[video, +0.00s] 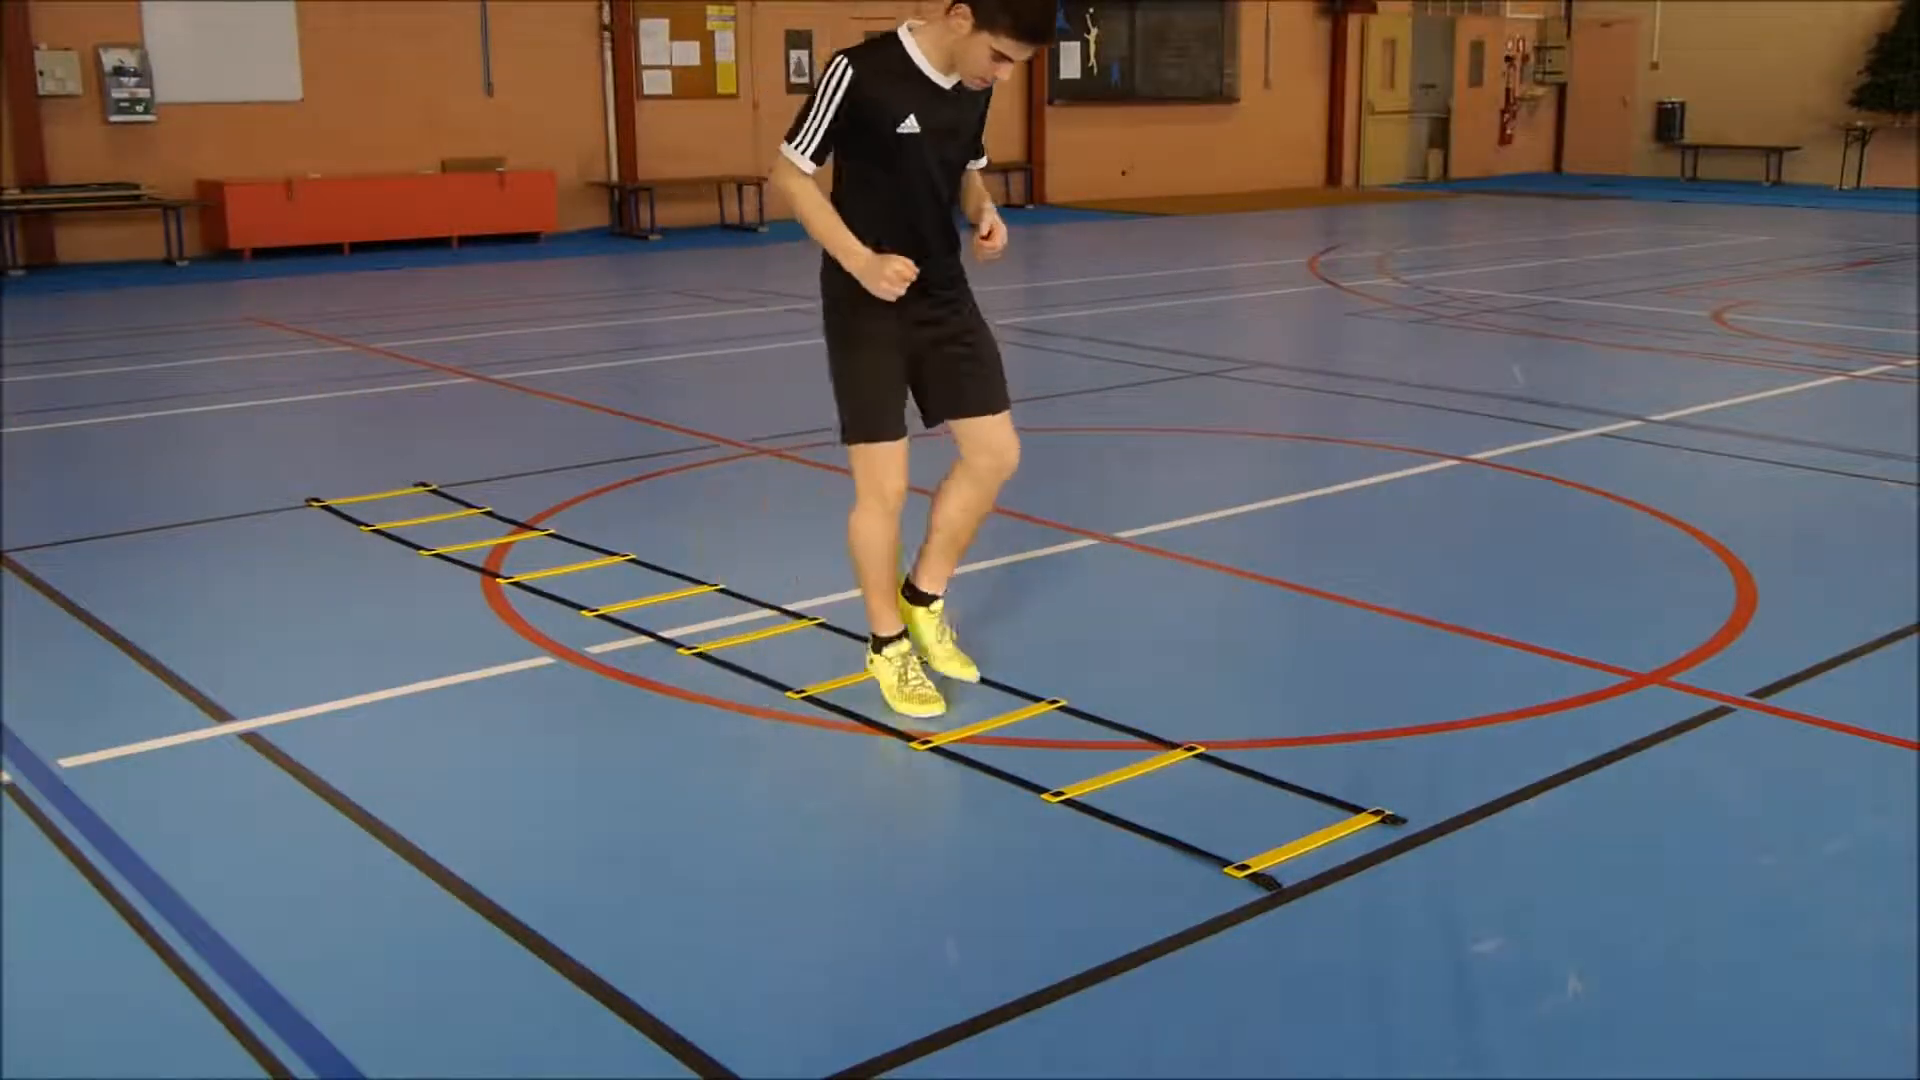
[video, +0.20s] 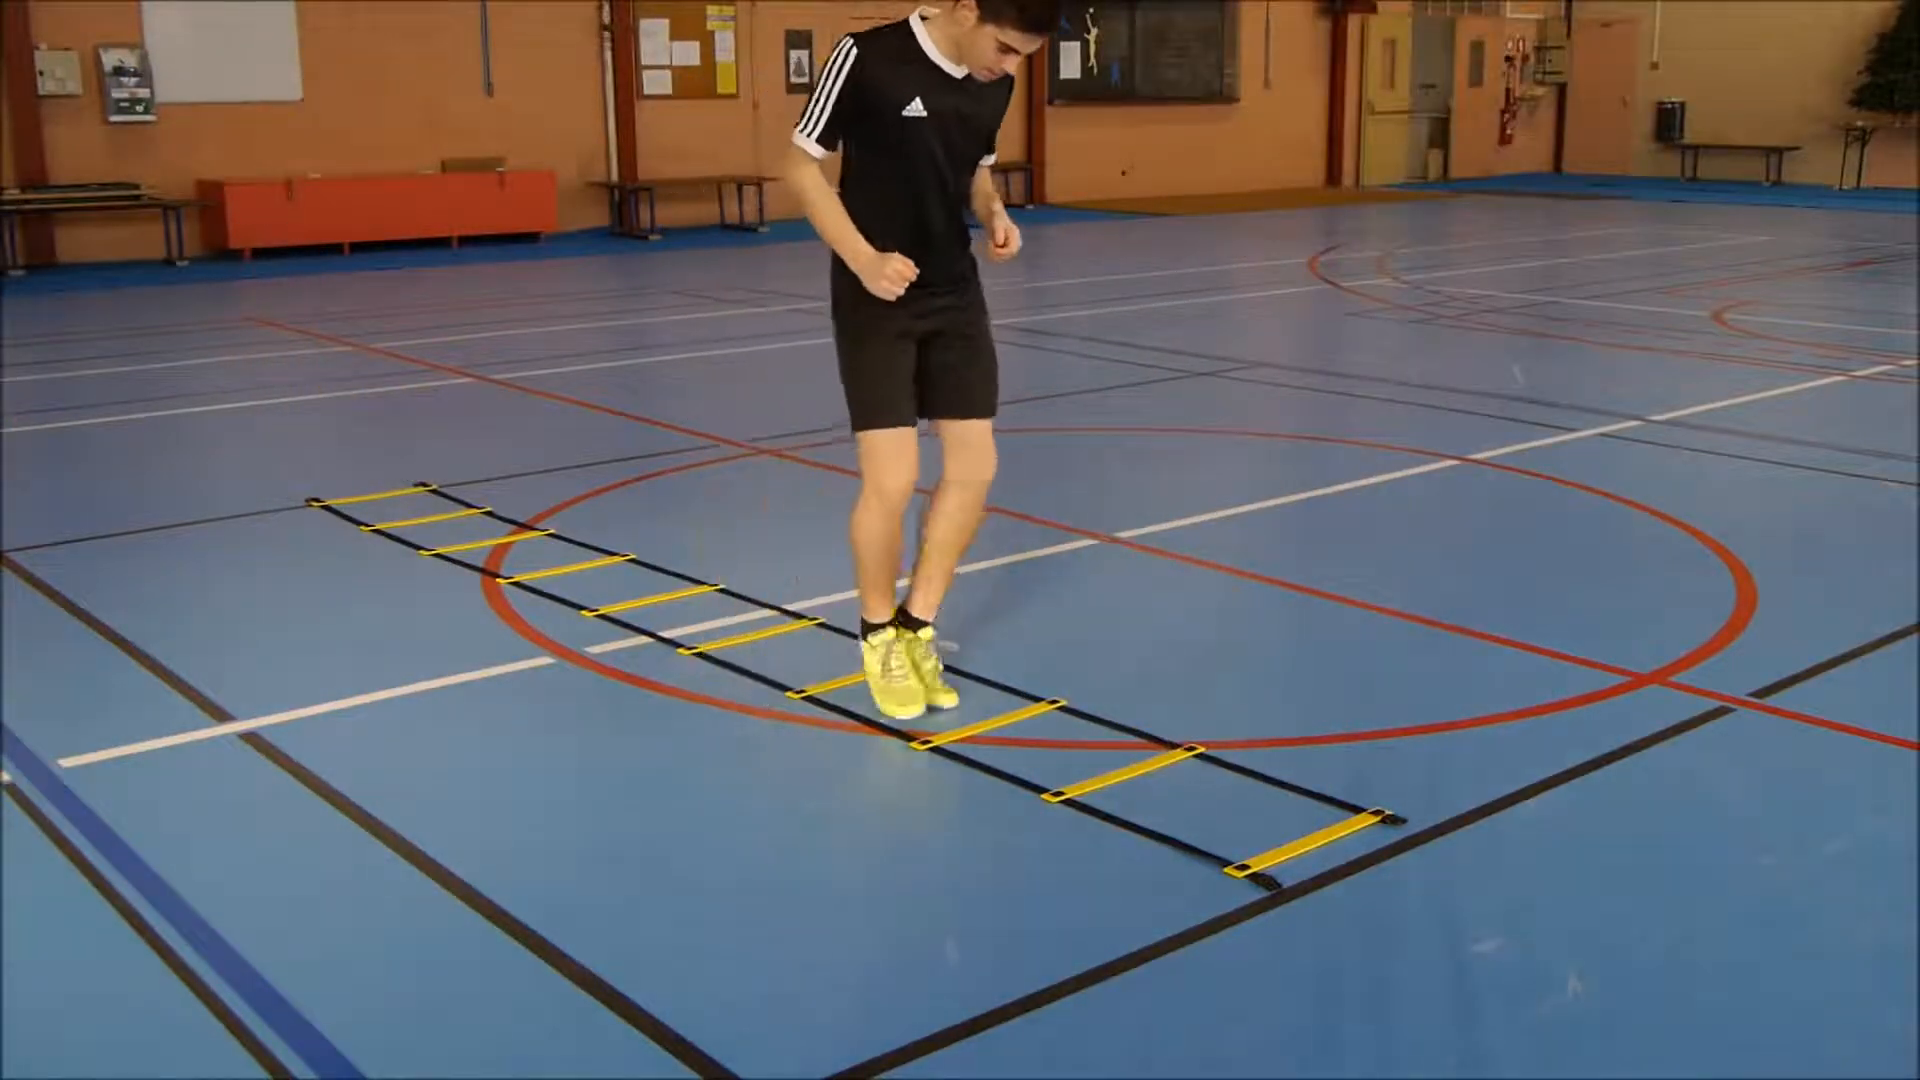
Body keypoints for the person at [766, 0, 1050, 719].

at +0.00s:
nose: (1002, 74)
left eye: (1014, 64)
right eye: (998, 56)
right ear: (957, 16)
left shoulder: (974, 83)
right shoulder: (854, 70)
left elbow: (965, 167)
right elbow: (790, 176)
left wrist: (984, 213)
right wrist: (859, 260)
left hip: (943, 294)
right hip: (865, 300)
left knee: (994, 452)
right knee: (882, 485)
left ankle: (919, 600)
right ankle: (887, 644)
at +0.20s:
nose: (1011, 66)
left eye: (1023, 54)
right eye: (1004, 47)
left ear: (1033, 42)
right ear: (964, 9)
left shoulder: (995, 77)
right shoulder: (862, 56)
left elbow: (974, 163)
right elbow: (803, 168)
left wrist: (993, 211)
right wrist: (863, 259)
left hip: (954, 290)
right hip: (873, 294)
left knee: (973, 468)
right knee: (891, 477)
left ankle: (916, 628)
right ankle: (879, 635)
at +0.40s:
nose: (1020, 70)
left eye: (1032, 58)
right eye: (1011, 51)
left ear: (1043, 43)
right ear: (967, 16)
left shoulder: (1014, 89)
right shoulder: (872, 77)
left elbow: (1011, 179)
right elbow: (816, 190)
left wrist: (1012, 229)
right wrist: (874, 284)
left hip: (970, 316)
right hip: (886, 315)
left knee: (968, 491)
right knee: (881, 490)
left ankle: (898, 635)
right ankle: (852, 671)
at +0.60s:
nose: (1034, 77)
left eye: (1045, 64)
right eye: (1026, 58)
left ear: (1053, 48)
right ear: (981, 20)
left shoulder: (1017, 94)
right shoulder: (886, 86)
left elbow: (1011, 183)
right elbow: (832, 205)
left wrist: (1022, 232)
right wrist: (901, 300)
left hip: (976, 313)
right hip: (891, 314)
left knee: (1036, 480)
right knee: (873, 503)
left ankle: (935, 609)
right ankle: (827, 692)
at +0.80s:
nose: (1066, 85)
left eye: (1078, 72)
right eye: (1059, 66)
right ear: (1013, 25)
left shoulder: (1036, 97)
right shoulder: (921, 91)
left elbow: (1021, 191)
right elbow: (856, 214)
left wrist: (1043, 239)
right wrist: (931, 312)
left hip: (999, 313)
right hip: (914, 321)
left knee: (1089, 465)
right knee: (890, 513)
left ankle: (1033, 619)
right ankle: (837, 687)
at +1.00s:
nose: (1088, 81)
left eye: (1099, 69)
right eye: (1080, 62)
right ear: (1036, 20)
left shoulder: (1065, 91)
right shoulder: (932, 83)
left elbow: (1052, 182)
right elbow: (877, 205)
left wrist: (1070, 233)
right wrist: (936, 298)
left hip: (1030, 311)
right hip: (940, 317)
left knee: (1086, 483)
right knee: (944, 508)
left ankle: (1071, 638)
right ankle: (896, 667)